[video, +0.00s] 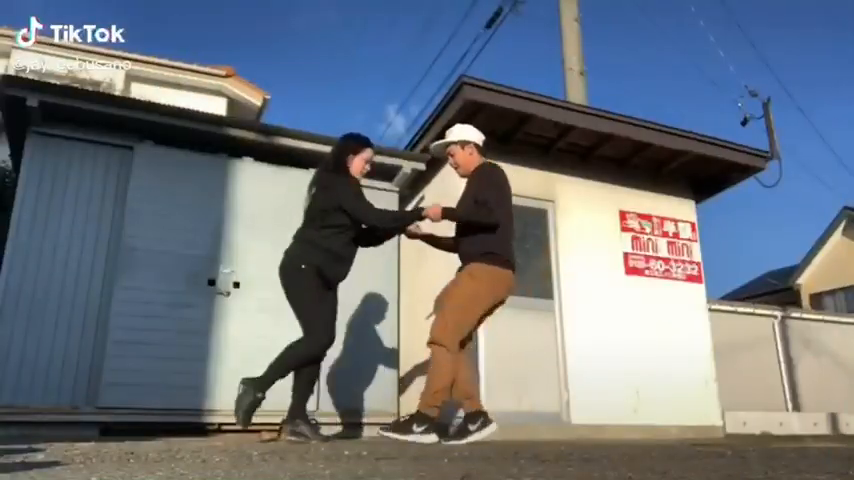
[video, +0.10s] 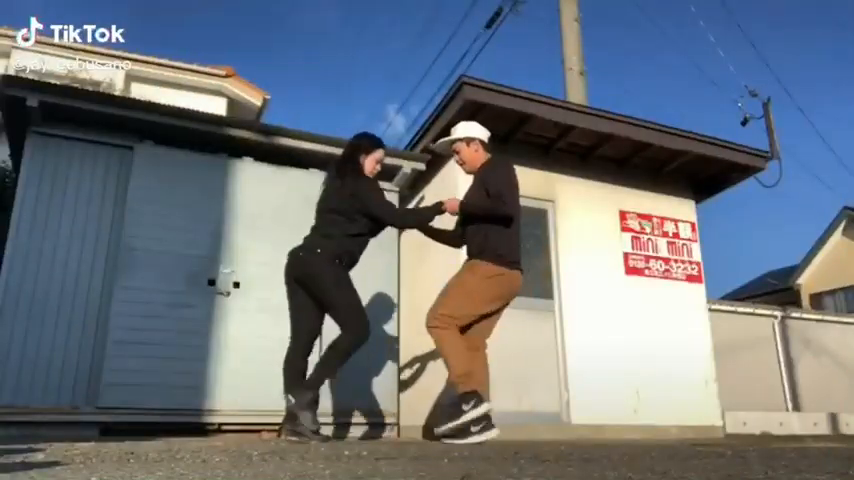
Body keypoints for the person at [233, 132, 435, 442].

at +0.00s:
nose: (368, 168)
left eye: (370, 162)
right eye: (365, 161)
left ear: (349, 159)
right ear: (349, 157)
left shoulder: (339, 187)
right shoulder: (339, 182)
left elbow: (364, 238)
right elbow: (372, 217)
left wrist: (401, 228)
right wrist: (419, 213)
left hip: (318, 273)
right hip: (304, 268)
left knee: (317, 342)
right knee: (318, 338)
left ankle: (297, 417)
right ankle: (256, 387)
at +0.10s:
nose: (379, 168)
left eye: (380, 162)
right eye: (376, 161)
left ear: (353, 158)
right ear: (360, 157)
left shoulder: (337, 181)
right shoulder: (362, 186)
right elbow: (397, 218)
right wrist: (440, 208)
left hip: (301, 261)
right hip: (324, 264)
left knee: (302, 340)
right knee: (357, 329)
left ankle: (294, 418)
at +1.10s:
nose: (446, 156)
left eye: (445, 150)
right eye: (442, 149)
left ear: (424, 150)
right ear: (428, 149)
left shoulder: (419, 181)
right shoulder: (422, 177)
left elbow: (455, 238)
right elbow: (449, 220)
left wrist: (489, 234)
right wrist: (494, 223)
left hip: (419, 270)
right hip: (412, 268)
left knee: (448, 344)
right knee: (438, 341)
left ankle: (473, 415)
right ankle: (402, 414)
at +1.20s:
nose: (445, 154)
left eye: (445, 148)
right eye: (442, 147)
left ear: (418, 146)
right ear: (428, 146)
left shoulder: (404, 176)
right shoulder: (426, 175)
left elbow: (440, 227)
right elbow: (458, 210)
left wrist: (470, 220)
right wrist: (503, 209)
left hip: (388, 259)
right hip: (404, 259)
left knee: (436, 329)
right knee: (422, 331)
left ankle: (432, 411)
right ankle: (402, 414)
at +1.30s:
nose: (439, 152)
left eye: (439, 146)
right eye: (437, 145)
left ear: (408, 143)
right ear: (425, 144)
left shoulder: (390, 169)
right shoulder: (422, 173)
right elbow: (460, 204)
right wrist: (500, 192)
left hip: (367, 253)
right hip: (398, 253)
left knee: (403, 329)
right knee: (408, 331)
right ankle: (405, 415)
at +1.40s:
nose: (428, 154)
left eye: (428, 148)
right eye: (424, 148)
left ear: (393, 145)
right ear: (412, 147)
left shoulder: (377, 171)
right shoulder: (412, 177)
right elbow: (455, 197)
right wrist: (492, 177)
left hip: (352, 253)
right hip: (387, 254)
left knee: (369, 335)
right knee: (399, 334)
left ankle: (324, 404)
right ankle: (400, 418)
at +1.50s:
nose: (413, 154)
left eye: (413, 148)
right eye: (409, 148)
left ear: (380, 146)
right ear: (396, 147)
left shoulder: (366, 174)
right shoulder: (392, 177)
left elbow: (410, 207)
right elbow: (436, 193)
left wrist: (431, 186)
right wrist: (480, 172)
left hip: (334, 258)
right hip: (366, 260)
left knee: (336, 338)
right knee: (390, 334)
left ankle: (308, 417)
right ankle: (398, 418)